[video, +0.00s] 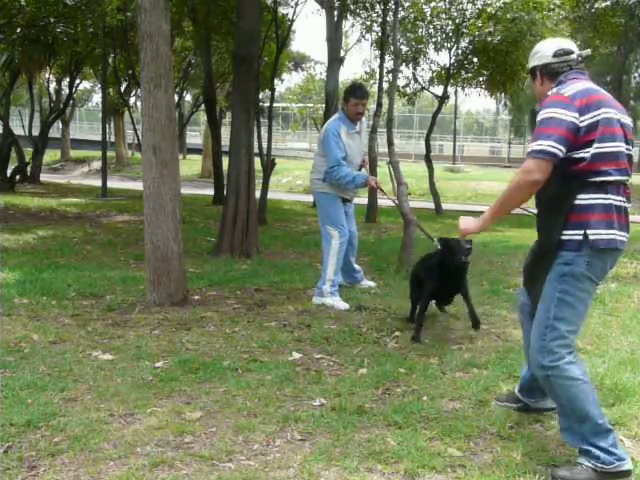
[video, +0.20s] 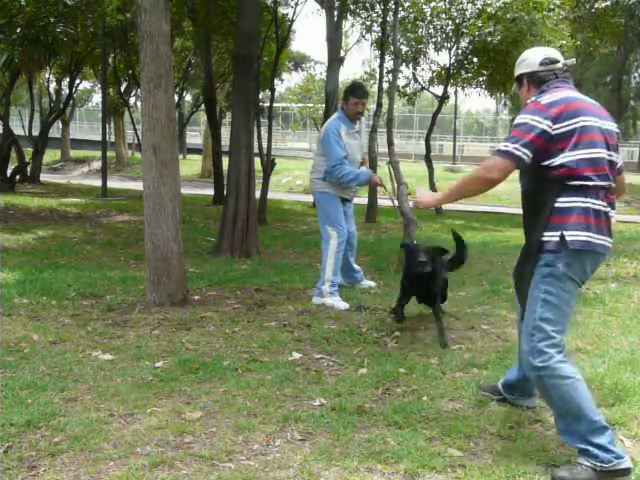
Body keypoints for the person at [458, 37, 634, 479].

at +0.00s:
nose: (533, 90)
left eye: (532, 81)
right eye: (533, 82)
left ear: (544, 76)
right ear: (574, 70)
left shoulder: (565, 97)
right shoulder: (608, 101)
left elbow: (534, 174)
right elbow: (625, 171)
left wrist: (484, 221)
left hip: (585, 236)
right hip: (598, 231)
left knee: (551, 348)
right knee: (531, 301)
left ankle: (605, 456)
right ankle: (535, 391)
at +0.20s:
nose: (520, 96)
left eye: (520, 89)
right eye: (519, 89)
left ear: (529, 83)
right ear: (562, 78)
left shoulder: (543, 107)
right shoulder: (600, 113)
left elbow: (492, 173)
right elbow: (618, 185)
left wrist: (438, 197)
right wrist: (582, 216)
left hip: (566, 237)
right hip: (591, 236)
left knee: (540, 349)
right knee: (535, 302)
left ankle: (604, 455)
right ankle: (520, 386)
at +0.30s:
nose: (511, 104)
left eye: (511, 96)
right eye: (510, 97)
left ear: (522, 89)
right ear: (551, 84)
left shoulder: (535, 112)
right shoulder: (591, 116)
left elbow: (473, 172)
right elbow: (613, 185)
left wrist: (419, 182)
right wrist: (569, 200)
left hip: (560, 235)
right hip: (588, 235)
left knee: (520, 343)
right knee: (524, 300)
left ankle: (597, 444)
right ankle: (516, 388)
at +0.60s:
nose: (499, 112)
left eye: (499, 106)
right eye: (497, 106)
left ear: (509, 99)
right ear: (540, 94)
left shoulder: (518, 124)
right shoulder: (582, 124)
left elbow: (457, 174)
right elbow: (601, 188)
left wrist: (407, 170)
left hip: (553, 245)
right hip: (583, 244)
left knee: (513, 349)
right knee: (516, 301)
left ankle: (568, 456)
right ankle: (514, 386)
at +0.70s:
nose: (499, 112)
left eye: (499, 105)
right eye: (497, 106)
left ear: (509, 98)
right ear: (541, 93)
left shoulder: (518, 123)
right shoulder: (583, 124)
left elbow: (457, 174)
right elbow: (602, 190)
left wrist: (407, 173)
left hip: (551, 246)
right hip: (583, 245)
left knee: (511, 351)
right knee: (518, 307)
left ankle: (568, 455)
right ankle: (514, 386)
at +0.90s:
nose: (498, 108)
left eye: (498, 101)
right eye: (497, 102)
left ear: (508, 95)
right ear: (541, 90)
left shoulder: (515, 122)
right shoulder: (582, 122)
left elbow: (455, 172)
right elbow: (605, 191)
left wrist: (406, 170)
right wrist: (561, 204)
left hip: (549, 245)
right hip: (581, 244)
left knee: (513, 350)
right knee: (514, 297)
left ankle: (569, 457)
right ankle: (513, 385)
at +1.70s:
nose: (482, 130)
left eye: (481, 120)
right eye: (480, 121)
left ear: (494, 114)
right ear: (513, 109)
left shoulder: (524, 132)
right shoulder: (539, 129)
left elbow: (535, 185)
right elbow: (566, 197)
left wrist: (499, 245)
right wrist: (535, 252)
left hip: (589, 248)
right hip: (565, 246)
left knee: (556, 360)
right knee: (522, 312)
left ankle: (622, 461)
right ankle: (510, 384)